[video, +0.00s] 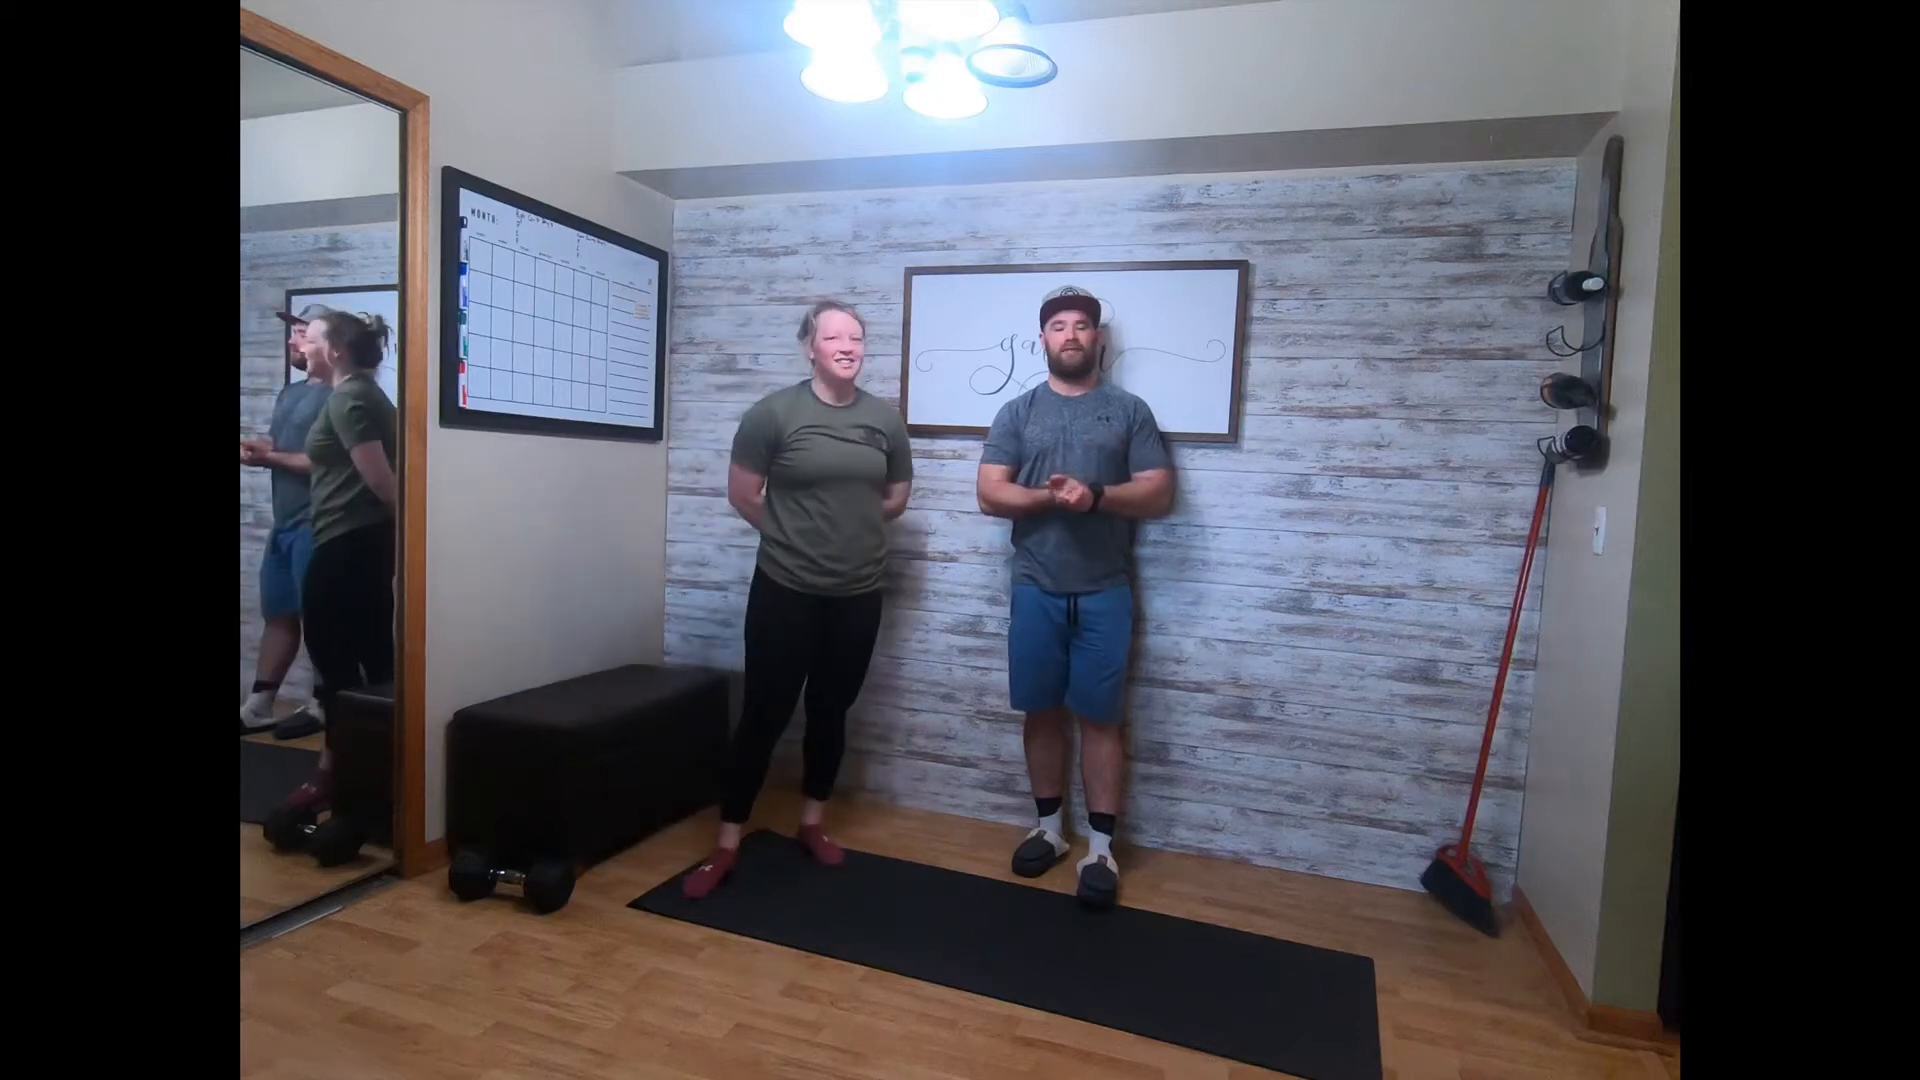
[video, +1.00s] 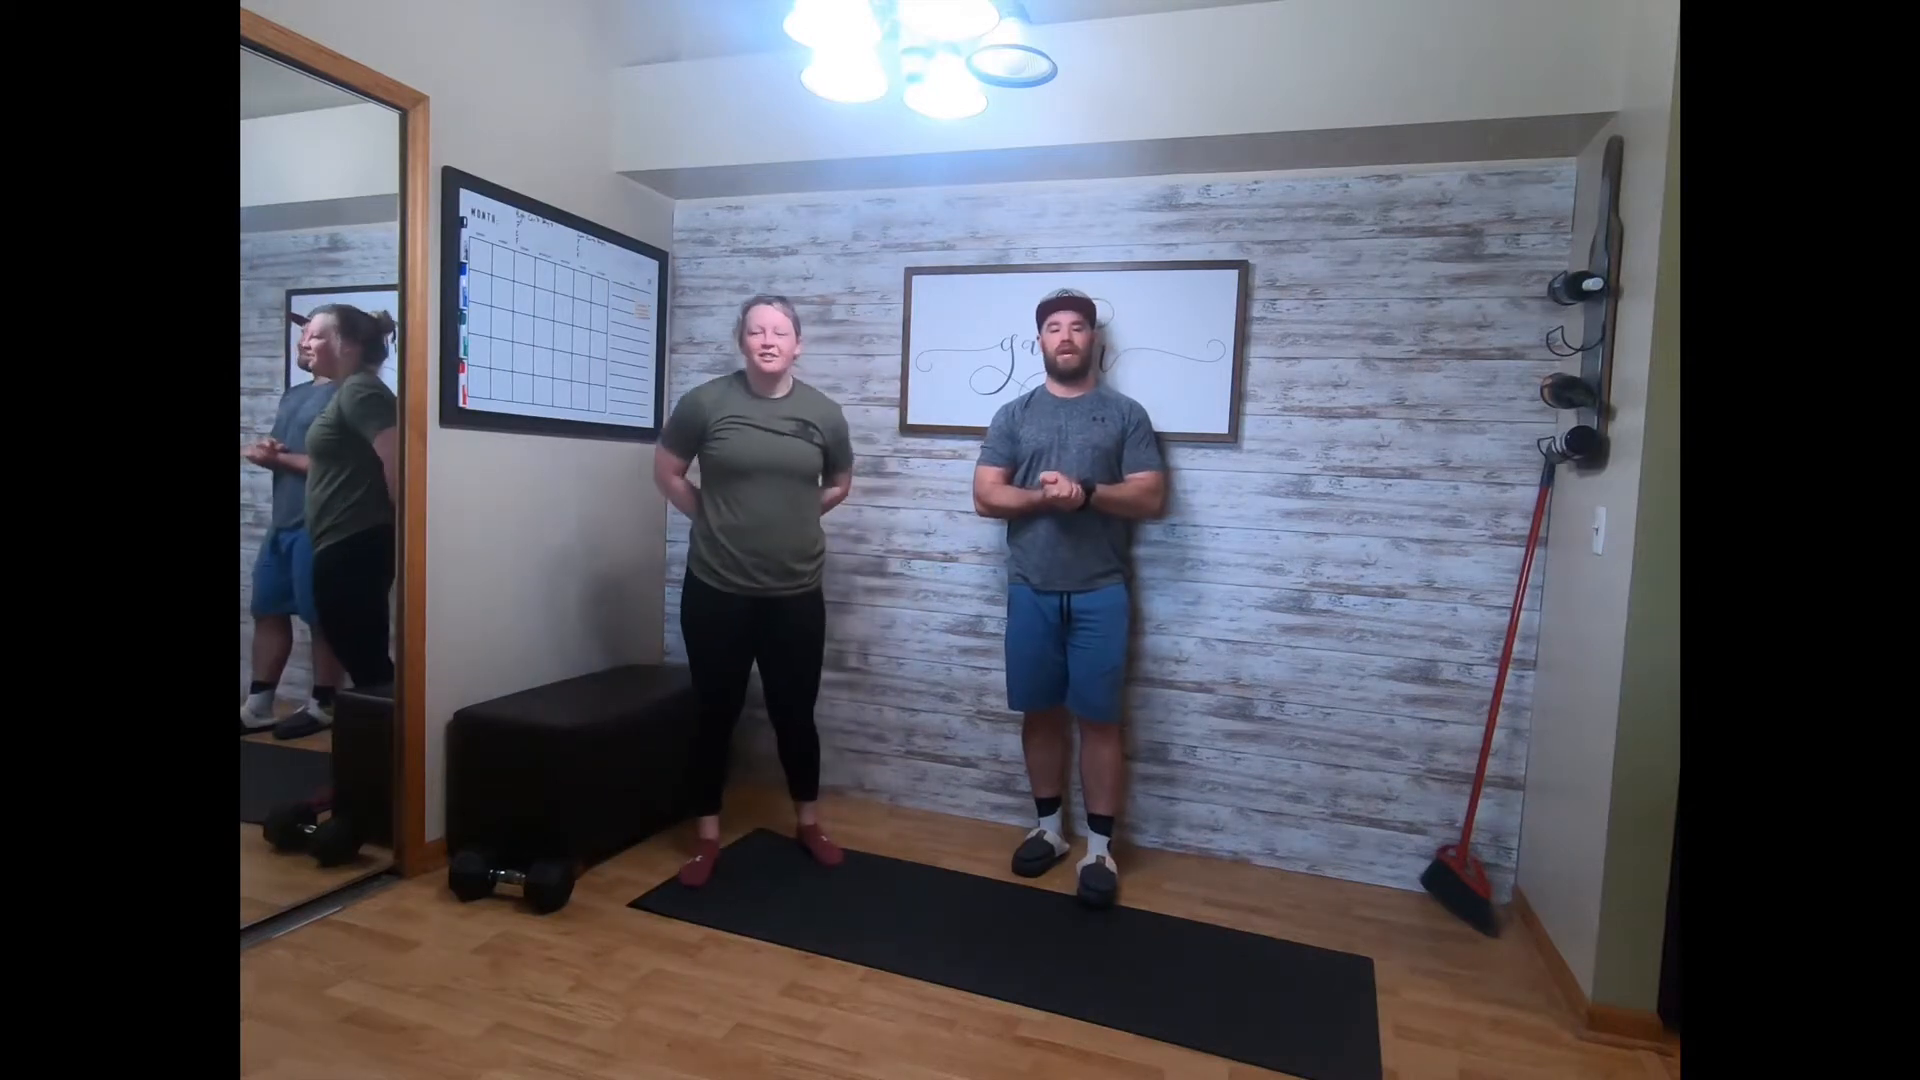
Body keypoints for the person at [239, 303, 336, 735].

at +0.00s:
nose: (294, 338)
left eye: (303, 333)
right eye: (296, 332)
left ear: (324, 345)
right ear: (300, 344)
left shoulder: (334, 397)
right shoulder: (290, 391)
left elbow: (325, 462)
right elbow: (282, 443)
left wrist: (271, 458)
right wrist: (258, 448)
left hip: (317, 521)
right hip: (284, 522)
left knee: (318, 615)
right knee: (279, 613)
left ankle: (325, 704)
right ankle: (260, 703)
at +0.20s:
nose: (298, 353)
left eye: (306, 345)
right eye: (296, 345)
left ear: (329, 349)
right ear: (296, 350)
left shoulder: (338, 398)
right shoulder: (290, 394)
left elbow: (324, 461)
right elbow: (287, 446)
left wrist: (270, 456)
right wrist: (261, 449)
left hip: (316, 525)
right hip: (282, 525)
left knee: (318, 616)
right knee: (278, 614)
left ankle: (322, 706)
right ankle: (260, 703)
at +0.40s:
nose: (302, 353)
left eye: (310, 345)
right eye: (299, 346)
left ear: (332, 348)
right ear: (297, 350)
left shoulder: (341, 397)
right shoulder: (291, 394)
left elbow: (328, 461)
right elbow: (288, 445)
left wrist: (273, 458)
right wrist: (271, 448)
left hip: (317, 527)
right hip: (281, 526)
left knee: (321, 620)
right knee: (273, 613)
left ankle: (324, 706)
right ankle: (259, 704)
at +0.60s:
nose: (303, 351)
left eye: (311, 343)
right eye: (302, 344)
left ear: (333, 347)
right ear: (303, 350)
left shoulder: (342, 398)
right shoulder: (295, 395)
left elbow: (330, 463)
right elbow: (292, 447)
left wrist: (274, 458)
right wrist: (273, 448)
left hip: (318, 526)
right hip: (281, 526)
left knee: (322, 619)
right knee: (265, 609)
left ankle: (324, 706)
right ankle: (259, 703)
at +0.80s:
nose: (306, 346)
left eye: (314, 339)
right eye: (304, 340)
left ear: (335, 344)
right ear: (303, 348)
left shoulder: (344, 396)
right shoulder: (294, 394)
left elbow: (330, 463)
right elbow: (288, 448)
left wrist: (274, 456)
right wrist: (271, 448)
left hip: (318, 526)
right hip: (281, 526)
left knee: (322, 619)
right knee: (269, 611)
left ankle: (324, 706)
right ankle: (259, 704)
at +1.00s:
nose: (305, 343)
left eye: (316, 336)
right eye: (304, 336)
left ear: (336, 346)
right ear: (301, 343)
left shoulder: (343, 395)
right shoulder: (292, 395)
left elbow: (334, 465)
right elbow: (287, 448)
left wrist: (277, 459)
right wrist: (272, 450)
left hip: (320, 527)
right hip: (282, 526)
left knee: (322, 618)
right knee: (268, 610)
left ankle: (324, 706)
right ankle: (259, 704)